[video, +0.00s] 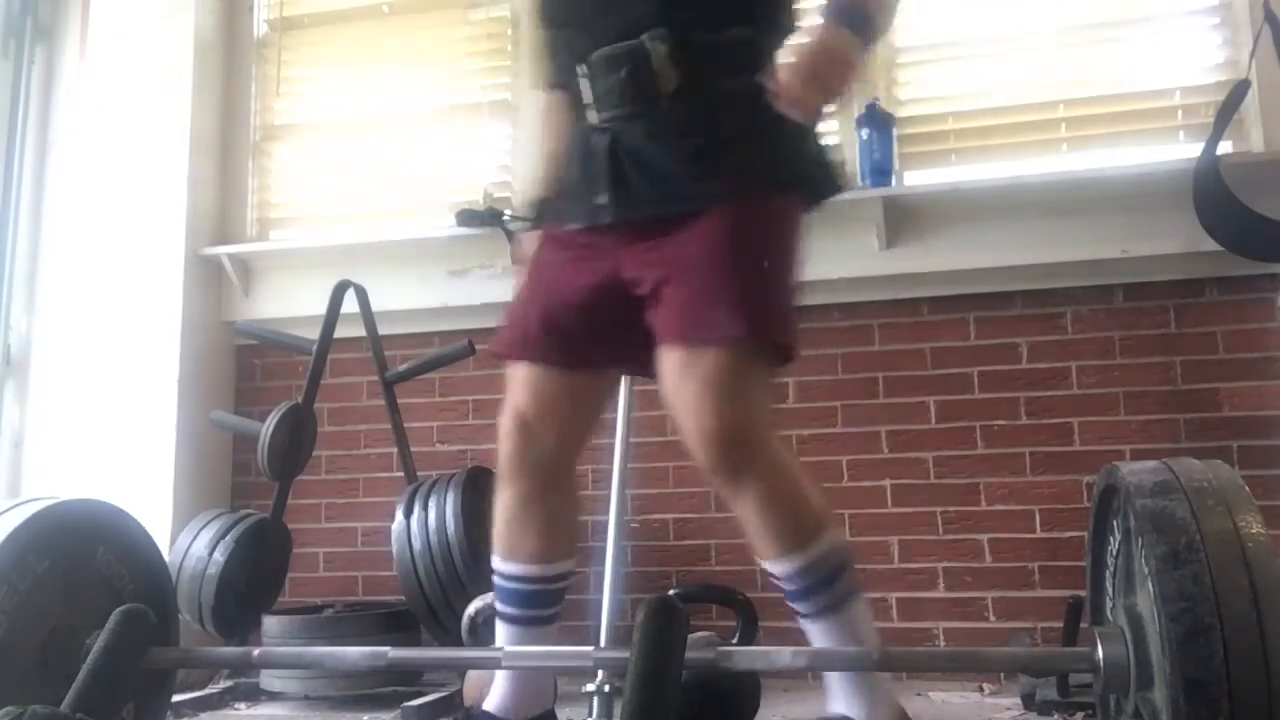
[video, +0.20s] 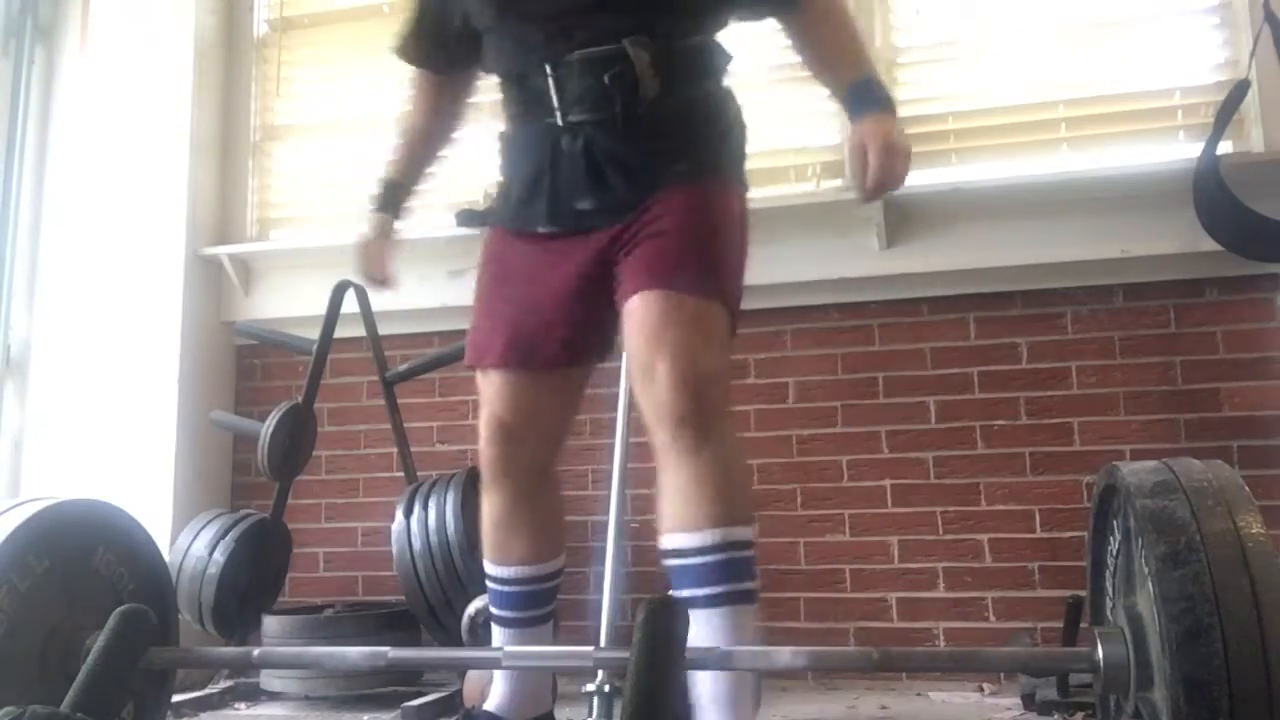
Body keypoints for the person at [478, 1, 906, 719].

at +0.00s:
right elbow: (565, 68)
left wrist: (840, 34)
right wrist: (546, 198)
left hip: (723, 166)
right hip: (594, 176)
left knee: (722, 429)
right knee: (529, 436)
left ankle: (862, 696)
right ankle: (521, 692)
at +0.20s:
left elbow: (797, 5)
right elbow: (440, 78)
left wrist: (866, 99)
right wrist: (385, 206)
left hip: (675, 153)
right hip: (540, 167)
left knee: (680, 392)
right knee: (506, 438)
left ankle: (723, 693)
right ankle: (518, 691)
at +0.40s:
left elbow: (789, 2)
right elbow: (416, 31)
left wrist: (869, 120)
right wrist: (363, 153)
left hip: (656, 163)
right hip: (516, 172)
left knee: (654, 414)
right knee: (502, 433)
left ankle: (696, 692)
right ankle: (519, 682)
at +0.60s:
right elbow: (436, 3)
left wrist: (888, 84)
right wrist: (382, 135)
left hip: (664, 145)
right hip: (516, 147)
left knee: (658, 413)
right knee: (433, 402)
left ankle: (696, 698)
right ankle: (482, 678)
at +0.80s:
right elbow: (400, 1)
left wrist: (896, 34)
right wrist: (345, 131)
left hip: (652, 149)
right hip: (493, 151)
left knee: (656, 414)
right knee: (446, 413)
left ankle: (694, 699)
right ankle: (433, 701)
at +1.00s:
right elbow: (350, 1)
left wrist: (896, 37)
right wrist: (291, 130)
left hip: (637, 153)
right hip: (472, 158)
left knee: (654, 404)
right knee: (438, 417)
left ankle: (699, 699)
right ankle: (433, 704)